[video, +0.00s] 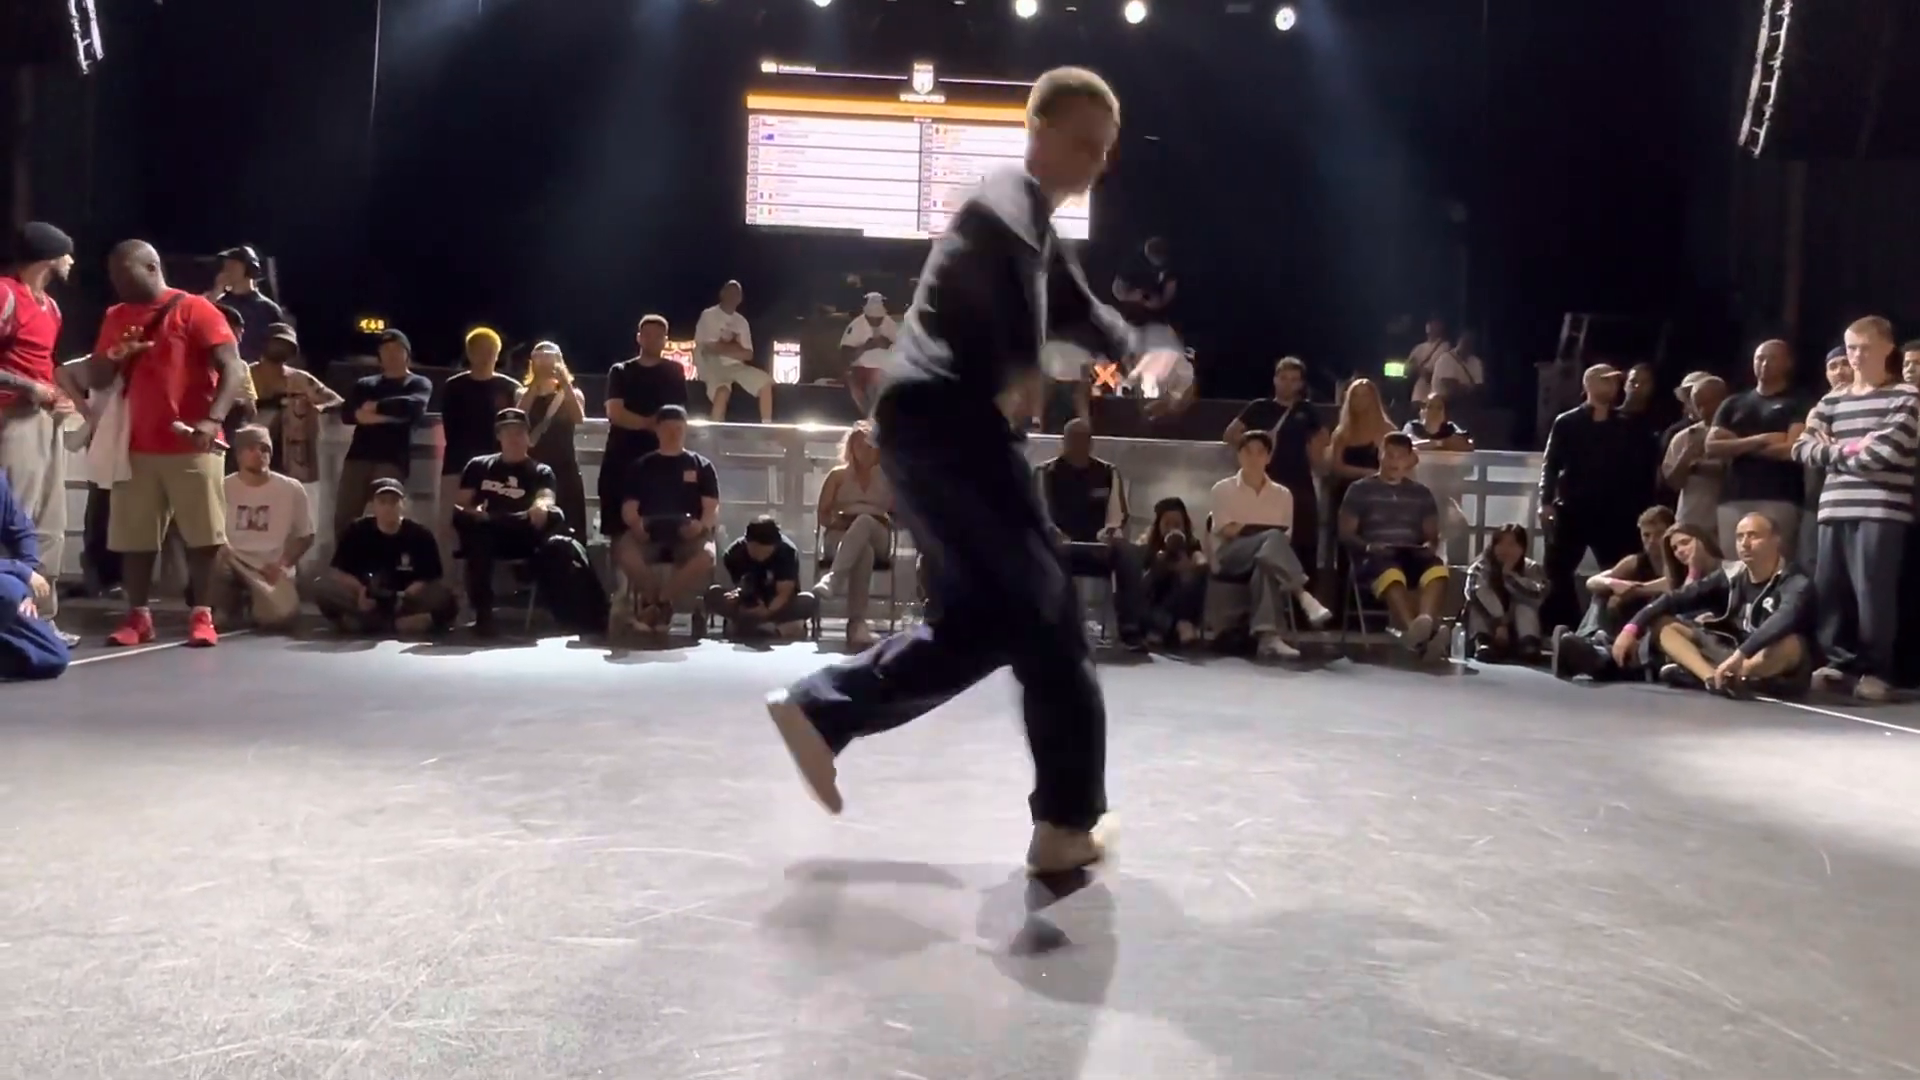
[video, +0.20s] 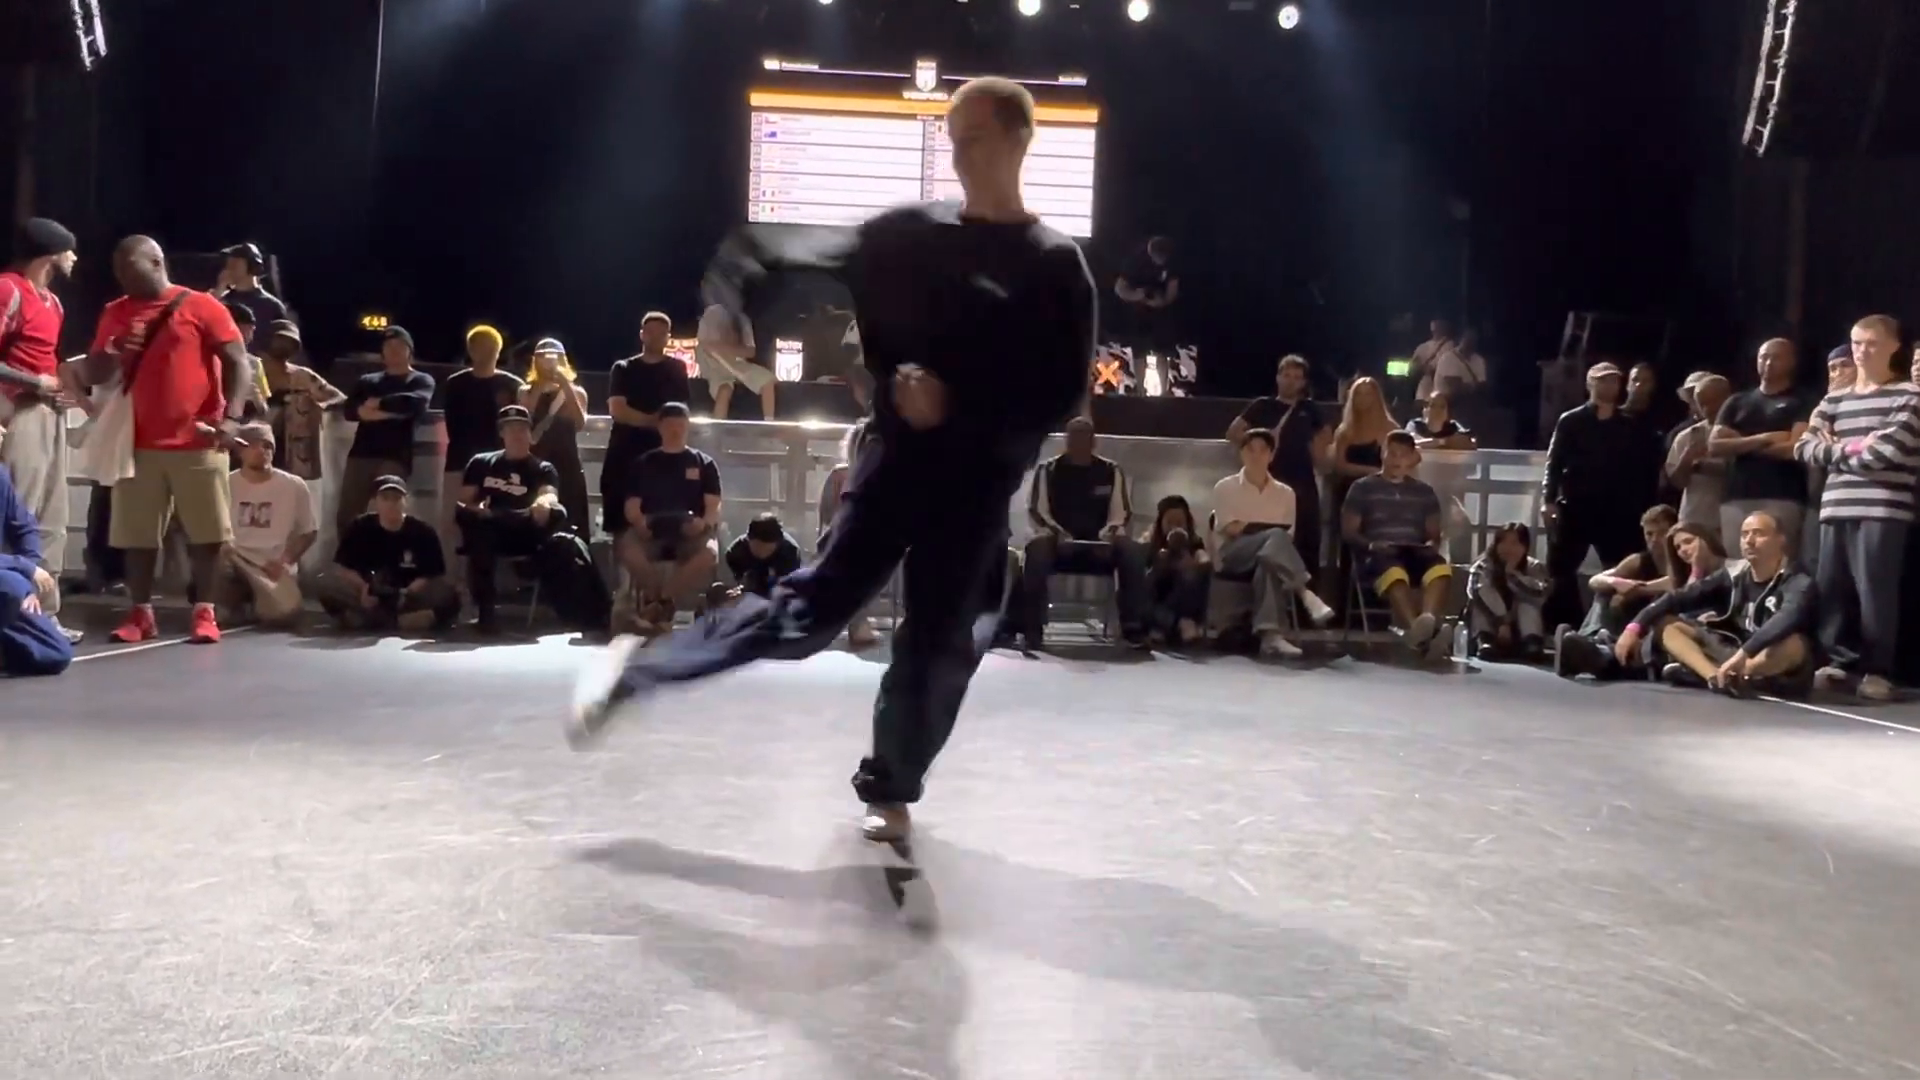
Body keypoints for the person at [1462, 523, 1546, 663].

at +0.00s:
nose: (1505, 550)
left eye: (1511, 545)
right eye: (1500, 544)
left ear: (1522, 550)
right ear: (1493, 546)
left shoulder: (1532, 569)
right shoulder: (1480, 567)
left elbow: (1538, 595)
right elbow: (1477, 592)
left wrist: (1509, 575)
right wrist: (1499, 621)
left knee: (1524, 604)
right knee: (1477, 603)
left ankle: (1529, 643)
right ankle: (1481, 642)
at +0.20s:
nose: (1507, 549)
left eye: (1514, 544)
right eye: (1503, 543)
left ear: (1525, 548)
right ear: (1496, 545)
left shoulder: (1534, 567)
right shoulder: (1482, 566)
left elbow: (1541, 593)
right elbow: (1479, 591)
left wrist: (1512, 574)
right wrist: (1501, 621)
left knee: (1527, 601)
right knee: (1481, 600)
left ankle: (1532, 641)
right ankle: (1484, 640)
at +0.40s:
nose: (1511, 547)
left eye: (1518, 542)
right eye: (1506, 541)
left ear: (1528, 547)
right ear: (1500, 544)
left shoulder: (1538, 566)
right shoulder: (1486, 565)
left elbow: (1544, 592)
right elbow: (1481, 589)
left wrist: (1517, 574)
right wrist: (1504, 620)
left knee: (1531, 599)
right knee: (1485, 597)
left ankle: (1535, 639)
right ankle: (1488, 639)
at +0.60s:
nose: (1514, 546)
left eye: (1521, 541)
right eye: (1509, 540)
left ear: (1531, 547)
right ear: (1502, 543)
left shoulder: (1541, 565)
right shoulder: (1489, 564)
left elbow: (1547, 591)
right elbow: (1484, 589)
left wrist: (1519, 573)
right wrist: (1507, 619)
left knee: (1533, 598)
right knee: (1487, 596)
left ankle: (1538, 637)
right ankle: (1490, 637)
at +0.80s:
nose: (1516, 545)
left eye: (1523, 540)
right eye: (1511, 539)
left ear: (1533, 545)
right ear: (1504, 542)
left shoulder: (1543, 565)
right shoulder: (1491, 563)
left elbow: (1548, 591)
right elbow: (1486, 588)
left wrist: (1521, 572)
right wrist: (1509, 618)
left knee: (1535, 597)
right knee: (1489, 596)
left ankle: (1540, 637)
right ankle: (1492, 637)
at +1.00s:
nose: (1518, 544)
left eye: (1525, 540)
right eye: (1513, 538)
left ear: (1535, 546)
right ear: (1506, 541)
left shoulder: (1545, 564)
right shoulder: (1494, 562)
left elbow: (1551, 591)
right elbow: (1488, 586)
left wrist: (1522, 570)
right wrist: (1512, 616)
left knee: (1536, 598)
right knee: (1488, 597)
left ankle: (1542, 639)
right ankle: (1494, 638)